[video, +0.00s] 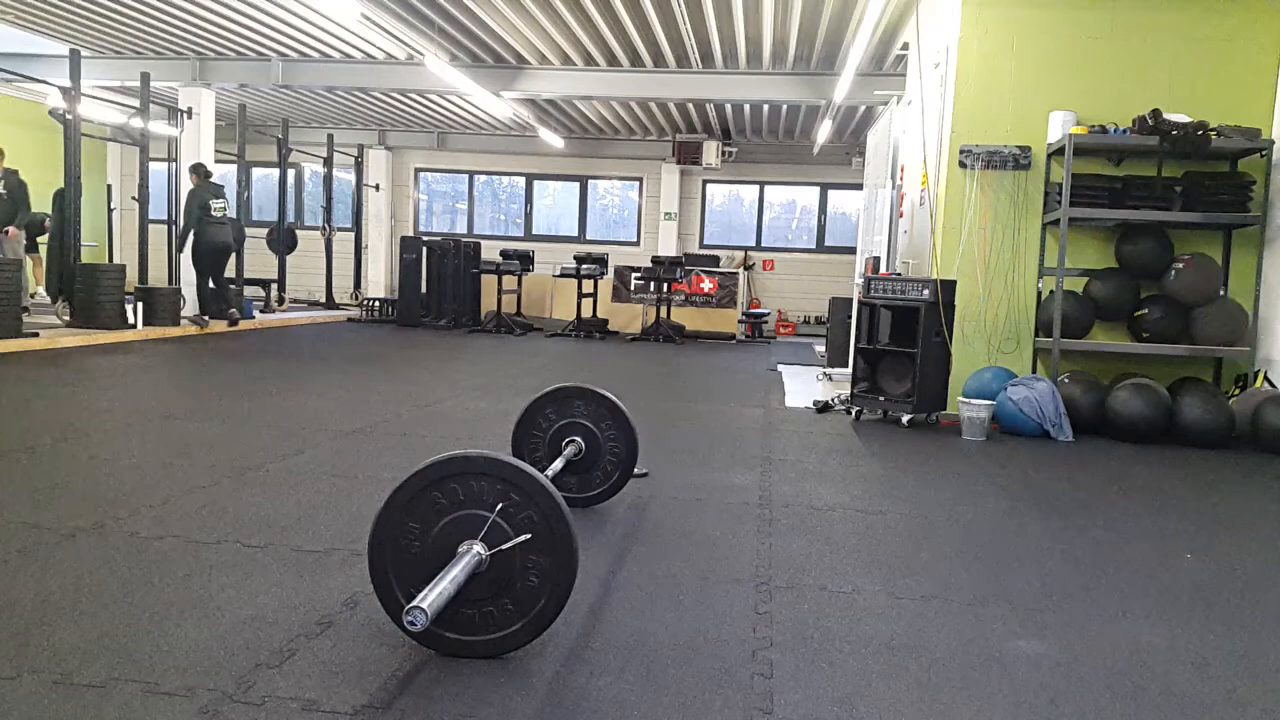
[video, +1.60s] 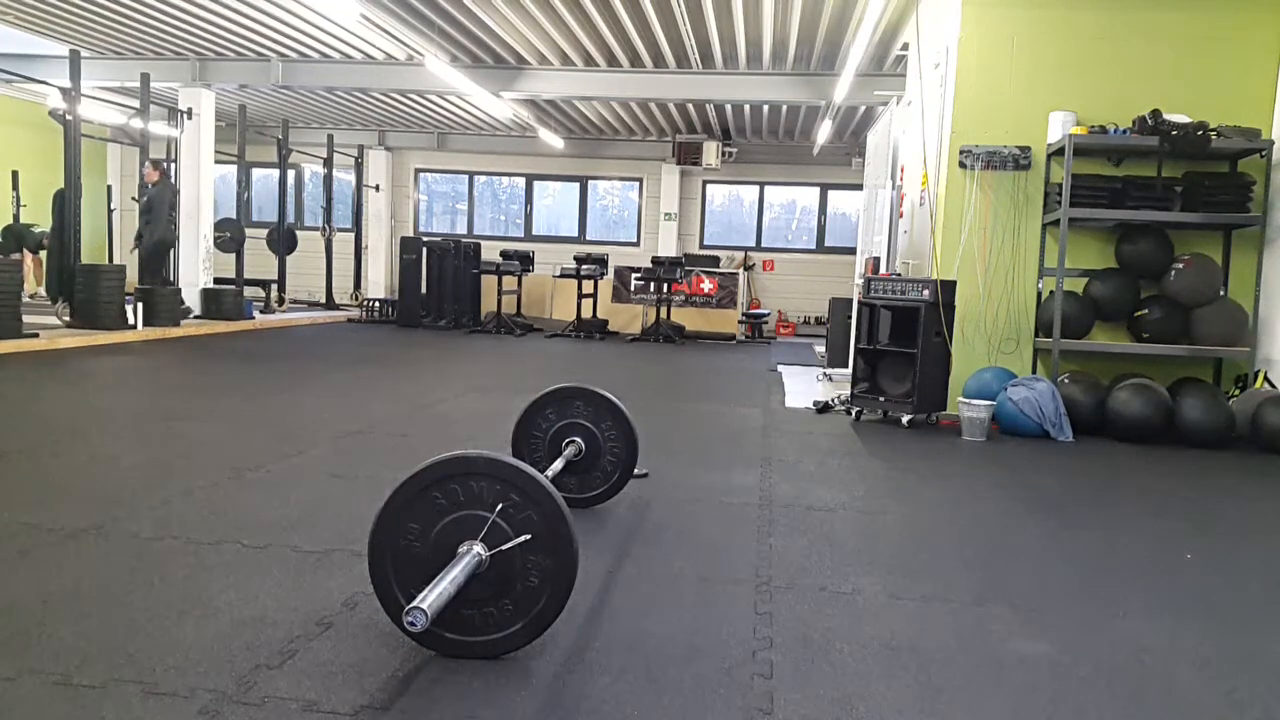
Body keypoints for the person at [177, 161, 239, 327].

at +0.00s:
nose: (190, 179)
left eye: (191, 176)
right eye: (191, 176)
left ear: (195, 176)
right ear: (205, 175)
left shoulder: (195, 192)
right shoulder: (219, 191)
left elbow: (189, 222)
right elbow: (222, 215)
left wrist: (180, 243)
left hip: (206, 238)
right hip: (226, 238)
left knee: (202, 278)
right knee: (218, 276)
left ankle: (204, 315)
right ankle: (231, 308)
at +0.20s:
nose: (186, 179)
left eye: (186, 176)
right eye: (186, 176)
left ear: (190, 175)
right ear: (201, 174)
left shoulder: (189, 192)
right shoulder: (214, 189)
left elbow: (179, 220)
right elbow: (219, 211)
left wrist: (168, 241)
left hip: (201, 239)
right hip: (221, 239)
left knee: (200, 277)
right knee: (208, 274)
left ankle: (204, 314)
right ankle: (213, 310)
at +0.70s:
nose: (177, 177)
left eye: (179, 174)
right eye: (178, 174)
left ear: (183, 174)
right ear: (194, 173)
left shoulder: (179, 191)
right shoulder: (204, 190)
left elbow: (173, 218)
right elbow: (203, 215)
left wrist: (169, 239)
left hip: (184, 237)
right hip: (202, 237)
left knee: (179, 272)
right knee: (190, 272)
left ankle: (193, 305)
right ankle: (191, 308)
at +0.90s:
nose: (171, 176)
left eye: (173, 173)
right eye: (171, 173)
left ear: (180, 173)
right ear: (186, 173)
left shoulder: (180, 190)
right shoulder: (196, 188)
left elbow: (174, 216)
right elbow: (198, 215)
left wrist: (164, 236)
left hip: (182, 235)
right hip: (198, 235)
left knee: (166, 270)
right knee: (187, 272)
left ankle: (172, 308)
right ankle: (191, 311)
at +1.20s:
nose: (159, 176)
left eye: (162, 173)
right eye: (160, 173)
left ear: (171, 174)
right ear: (172, 174)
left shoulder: (173, 191)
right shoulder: (182, 189)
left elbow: (170, 222)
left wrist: (161, 244)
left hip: (174, 237)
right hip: (185, 237)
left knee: (162, 272)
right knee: (183, 273)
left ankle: (162, 309)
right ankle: (190, 310)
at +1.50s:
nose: (148, 174)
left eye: (152, 171)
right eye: (149, 171)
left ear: (161, 173)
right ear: (160, 174)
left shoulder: (164, 191)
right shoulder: (163, 189)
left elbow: (162, 221)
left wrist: (151, 246)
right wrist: (146, 241)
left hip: (161, 238)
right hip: (166, 237)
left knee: (155, 277)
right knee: (168, 276)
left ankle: (157, 310)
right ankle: (185, 308)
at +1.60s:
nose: (144, 173)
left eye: (147, 170)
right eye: (144, 170)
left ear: (157, 172)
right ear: (155, 172)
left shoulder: (162, 190)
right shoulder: (152, 190)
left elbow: (159, 222)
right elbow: (146, 219)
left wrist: (147, 244)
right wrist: (138, 237)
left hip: (158, 240)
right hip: (149, 238)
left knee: (152, 278)